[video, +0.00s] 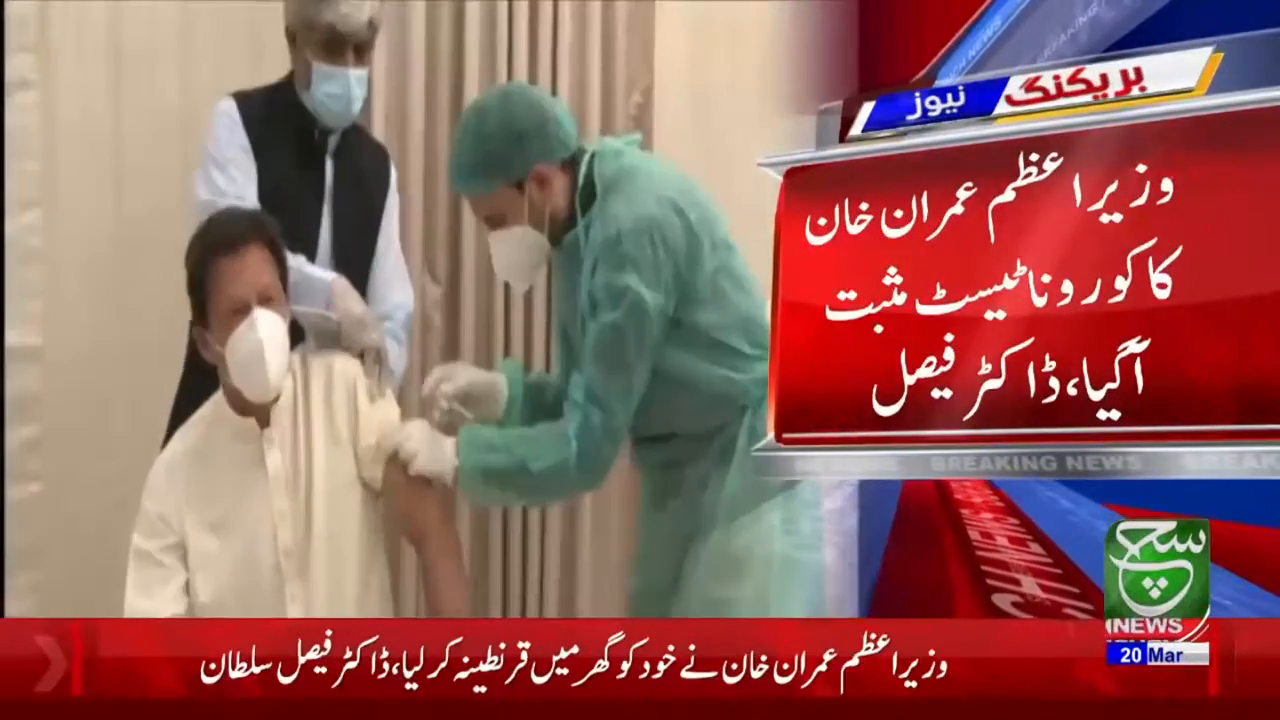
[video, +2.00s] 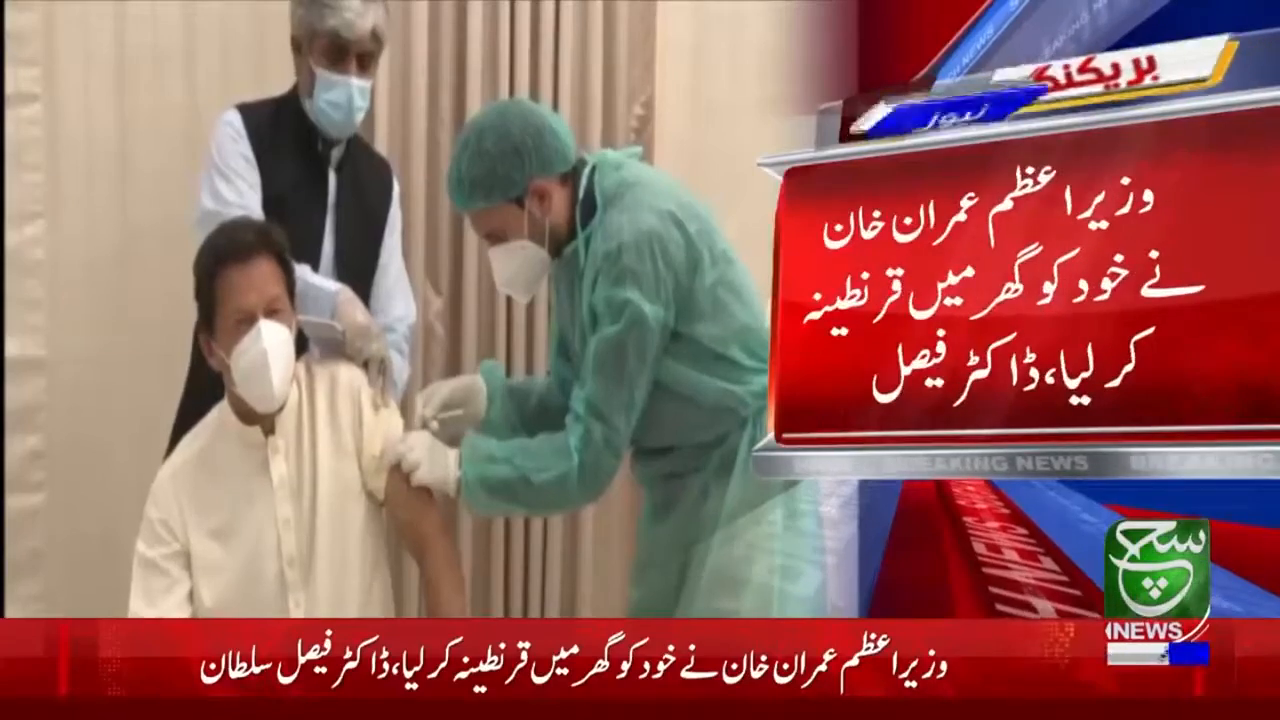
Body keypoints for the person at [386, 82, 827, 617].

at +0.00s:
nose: (495, 239)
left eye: (497, 220)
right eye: (486, 222)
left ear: (543, 183)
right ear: (543, 182)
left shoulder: (635, 220)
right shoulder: (584, 219)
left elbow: (588, 448)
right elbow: (585, 400)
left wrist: (457, 456)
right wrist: (500, 395)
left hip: (749, 456)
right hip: (677, 462)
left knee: (724, 653)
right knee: (655, 649)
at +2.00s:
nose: (496, 255)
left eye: (498, 238)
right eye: (487, 242)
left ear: (544, 199)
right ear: (544, 198)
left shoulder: (634, 233)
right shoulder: (581, 230)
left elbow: (591, 457)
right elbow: (571, 399)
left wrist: (460, 468)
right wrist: (487, 399)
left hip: (750, 468)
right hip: (678, 475)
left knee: (731, 664)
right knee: (655, 661)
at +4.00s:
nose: (495, 266)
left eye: (498, 249)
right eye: (487, 252)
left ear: (543, 209)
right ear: (544, 209)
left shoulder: (634, 247)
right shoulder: (581, 244)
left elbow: (588, 475)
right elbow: (568, 413)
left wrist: (456, 486)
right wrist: (481, 414)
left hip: (750, 477)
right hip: (677, 484)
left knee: (738, 663)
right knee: (657, 660)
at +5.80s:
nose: (499, 280)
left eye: (502, 262)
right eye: (489, 265)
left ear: (546, 221)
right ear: (546, 220)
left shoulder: (636, 262)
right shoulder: (583, 253)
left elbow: (592, 489)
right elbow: (579, 429)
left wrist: (459, 500)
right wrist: (500, 428)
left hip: (751, 495)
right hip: (677, 501)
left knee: (744, 686)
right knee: (663, 684)